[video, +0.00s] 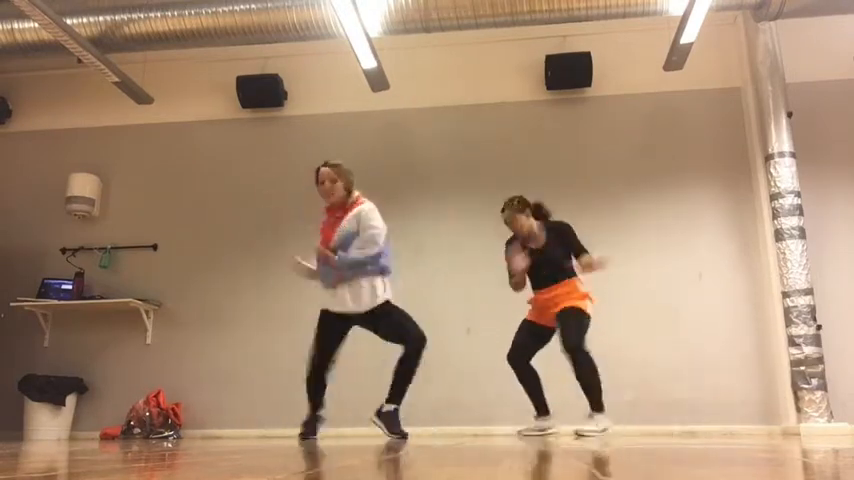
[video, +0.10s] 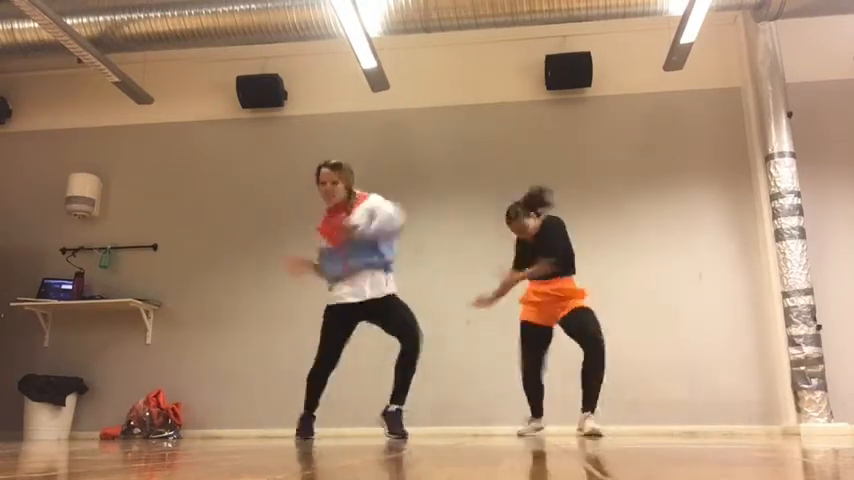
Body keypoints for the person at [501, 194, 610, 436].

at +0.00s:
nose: (513, 228)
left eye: (514, 220)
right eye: (508, 223)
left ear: (527, 214)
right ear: (507, 224)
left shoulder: (560, 230)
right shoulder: (514, 246)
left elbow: (584, 262)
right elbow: (517, 287)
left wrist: (591, 263)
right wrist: (518, 270)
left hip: (571, 297)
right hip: (543, 305)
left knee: (573, 346)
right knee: (516, 357)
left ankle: (599, 415)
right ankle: (544, 418)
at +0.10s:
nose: (522, 236)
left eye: (523, 230)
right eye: (517, 233)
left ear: (531, 216)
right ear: (514, 229)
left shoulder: (553, 225)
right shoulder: (523, 239)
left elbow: (553, 264)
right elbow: (517, 272)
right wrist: (494, 297)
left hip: (567, 300)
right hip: (536, 304)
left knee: (594, 342)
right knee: (530, 363)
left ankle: (588, 416)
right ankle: (536, 419)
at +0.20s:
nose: (517, 230)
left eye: (520, 222)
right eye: (512, 225)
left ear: (531, 214)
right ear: (508, 224)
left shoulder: (548, 227)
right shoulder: (521, 240)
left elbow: (538, 263)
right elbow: (533, 269)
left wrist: (507, 274)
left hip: (568, 302)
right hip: (538, 306)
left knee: (598, 341)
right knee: (534, 364)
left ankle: (592, 416)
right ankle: (535, 420)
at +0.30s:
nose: (516, 226)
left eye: (519, 219)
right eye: (511, 223)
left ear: (531, 212)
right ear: (507, 224)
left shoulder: (549, 220)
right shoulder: (516, 247)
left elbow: (565, 238)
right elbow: (522, 284)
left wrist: (538, 253)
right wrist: (513, 289)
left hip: (570, 290)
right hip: (545, 301)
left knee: (572, 344)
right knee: (522, 353)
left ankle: (604, 415)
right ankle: (542, 414)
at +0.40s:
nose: (511, 224)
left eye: (515, 218)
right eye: (507, 220)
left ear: (528, 216)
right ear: (506, 222)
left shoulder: (542, 220)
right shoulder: (519, 249)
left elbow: (568, 210)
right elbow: (513, 277)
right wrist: (506, 257)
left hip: (564, 290)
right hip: (547, 300)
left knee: (563, 353)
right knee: (530, 354)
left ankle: (610, 415)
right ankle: (554, 419)